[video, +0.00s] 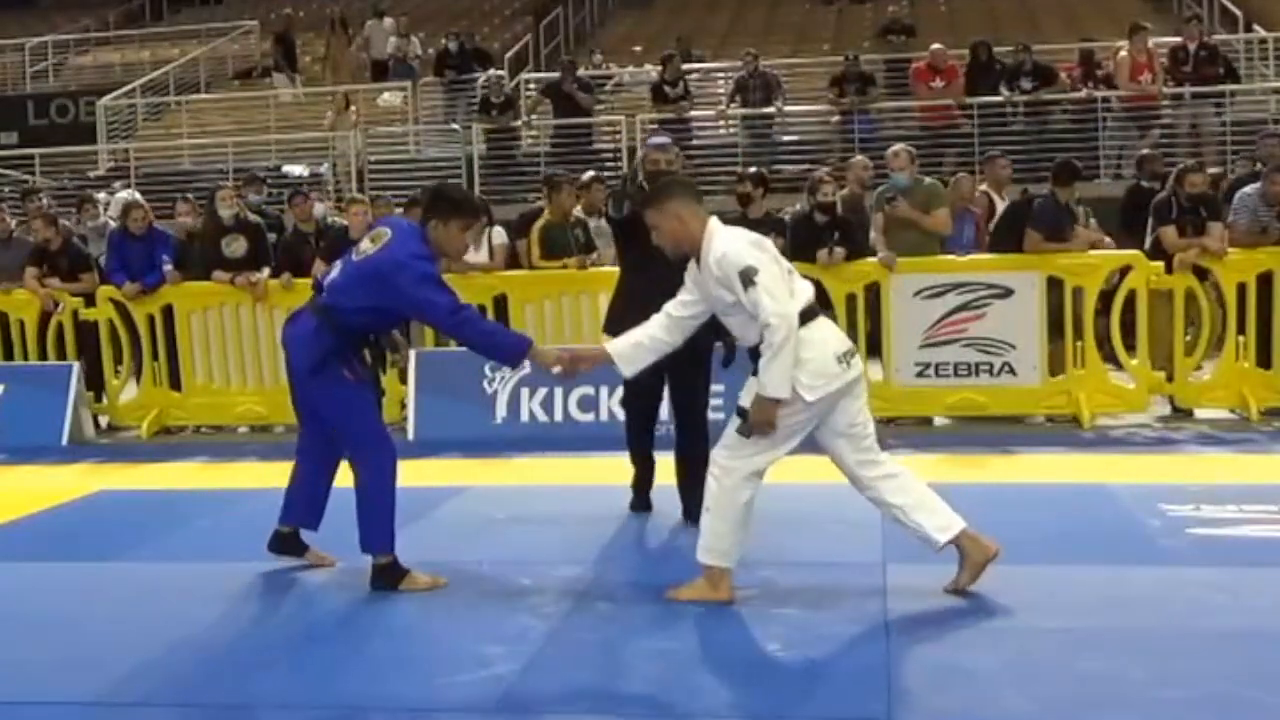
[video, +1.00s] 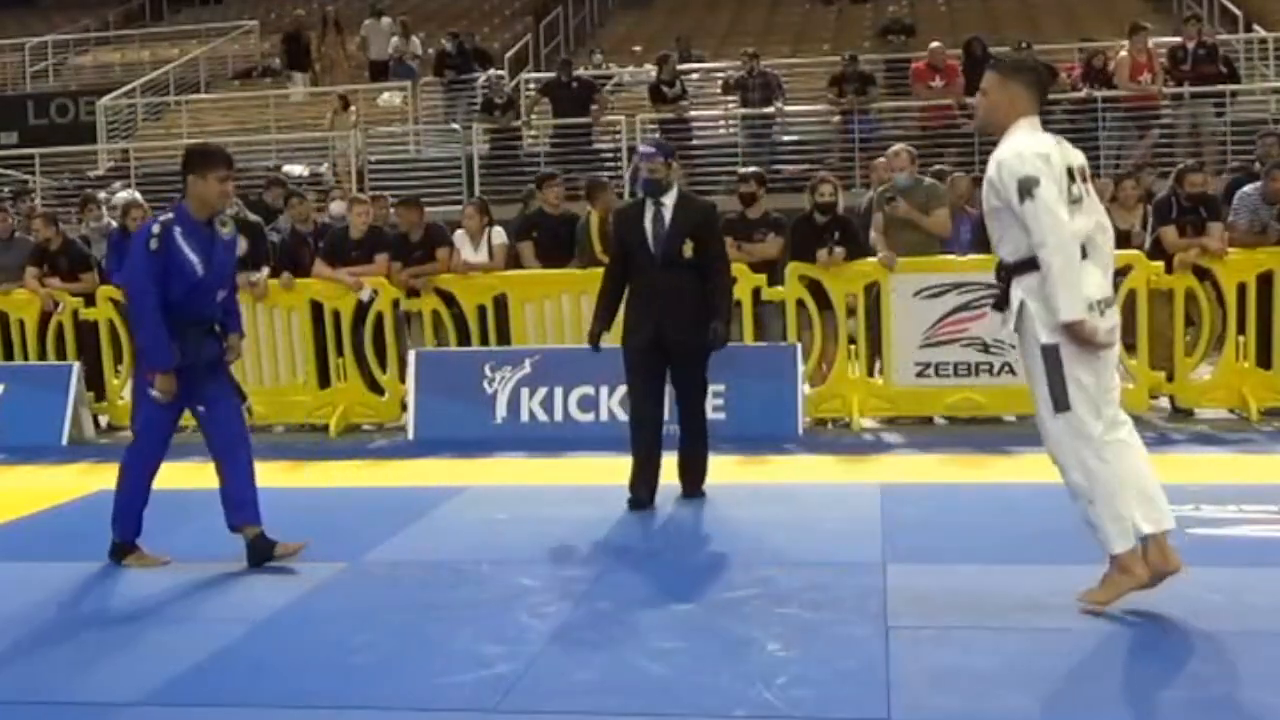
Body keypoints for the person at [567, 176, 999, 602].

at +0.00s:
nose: (657, 237)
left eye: (657, 226)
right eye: (653, 229)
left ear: (683, 215)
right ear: (684, 218)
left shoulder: (733, 248)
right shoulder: (706, 265)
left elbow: (781, 318)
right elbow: (670, 324)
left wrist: (768, 395)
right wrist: (601, 354)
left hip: (806, 364)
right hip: (833, 355)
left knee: (731, 464)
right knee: (868, 466)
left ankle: (715, 577)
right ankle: (969, 542)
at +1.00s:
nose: (974, 101)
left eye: (981, 91)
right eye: (978, 90)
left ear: (1007, 95)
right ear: (1025, 97)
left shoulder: (1015, 156)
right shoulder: (1062, 150)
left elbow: (1053, 237)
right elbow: (1099, 231)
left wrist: (1073, 312)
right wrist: (1102, 302)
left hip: (1049, 313)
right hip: (1093, 304)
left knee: (1071, 433)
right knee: (1107, 422)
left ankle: (1123, 558)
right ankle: (1157, 542)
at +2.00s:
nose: (948, 180)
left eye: (951, 168)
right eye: (947, 169)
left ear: (980, 164)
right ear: (997, 165)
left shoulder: (1011, 212)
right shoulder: (1045, 203)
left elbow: (1053, 274)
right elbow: (1104, 270)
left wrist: (1035, 357)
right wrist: (1085, 333)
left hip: (1066, 359)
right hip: (1096, 353)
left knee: (1029, 483)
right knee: (1074, 480)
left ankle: (1076, 625)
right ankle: (1114, 582)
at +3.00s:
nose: (609, 298)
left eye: (608, 287)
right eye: (607, 288)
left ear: (622, 281)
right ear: (659, 273)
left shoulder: (627, 324)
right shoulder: (719, 297)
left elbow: (629, 432)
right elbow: (764, 364)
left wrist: (633, 478)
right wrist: (694, 450)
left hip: (742, 431)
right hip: (810, 420)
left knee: (678, 573)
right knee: (761, 516)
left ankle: (751, 706)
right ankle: (776, 630)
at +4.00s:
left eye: (432, 289)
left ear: (434, 289)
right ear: (482, 283)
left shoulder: (411, 337)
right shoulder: (529, 321)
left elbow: (399, 444)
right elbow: (587, 412)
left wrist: (444, 473)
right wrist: (561, 457)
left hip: (470, 453)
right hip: (544, 450)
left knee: (383, 565)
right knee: (516, 519)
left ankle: (462, 663)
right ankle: (504, 631)